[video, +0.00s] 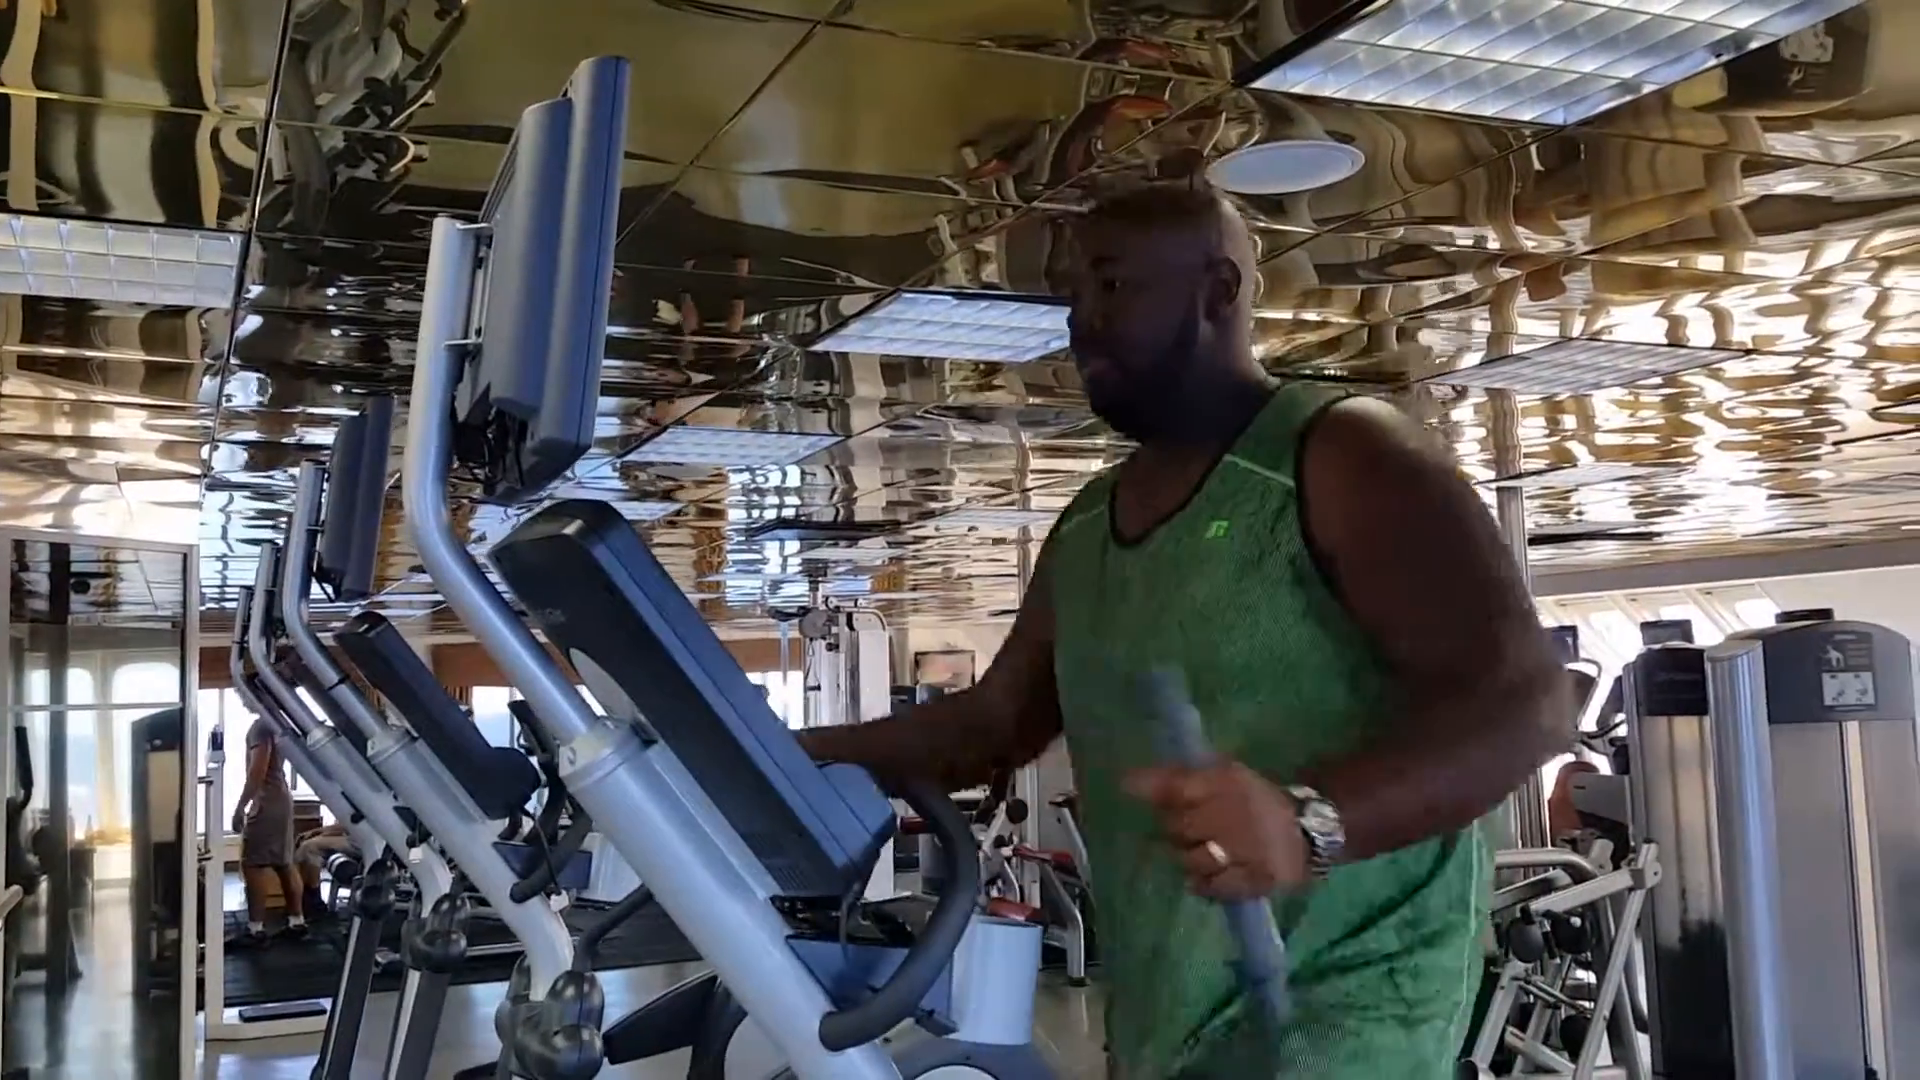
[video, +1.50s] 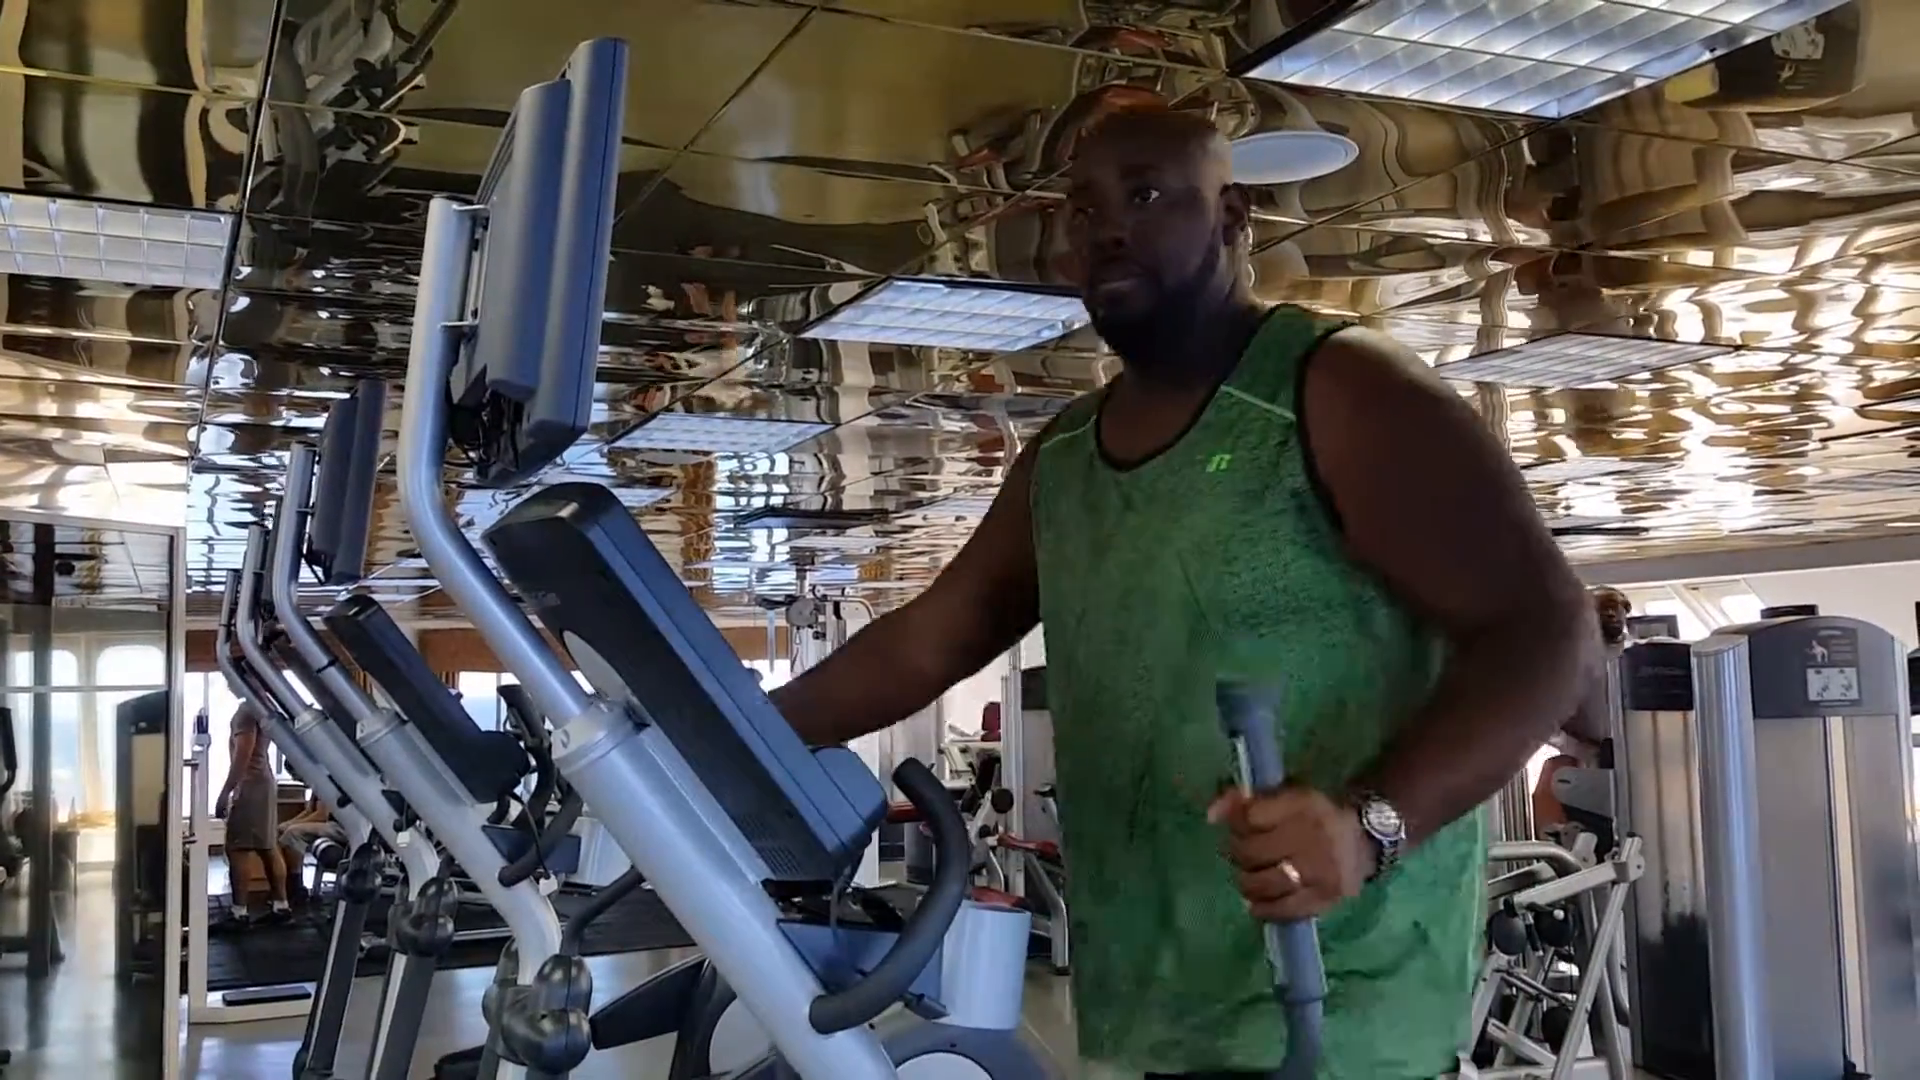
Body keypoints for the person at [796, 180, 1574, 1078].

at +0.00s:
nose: (1078, 321)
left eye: (1110, 286)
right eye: (1071, 293)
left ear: (1218, 295)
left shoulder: (1351, 453)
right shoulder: (1089, 528)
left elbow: (1528, 700)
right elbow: (995, 724)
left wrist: (1317, 820)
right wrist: (789, 758)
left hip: (1353, 1002)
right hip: (1159, 1008)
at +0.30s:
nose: (1075, 227)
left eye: (1114, 191)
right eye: (1068, 204)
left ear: (1234, 206)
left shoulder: (1359, 382)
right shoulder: (1076, 463)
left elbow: (1560, 631)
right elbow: (940, 648)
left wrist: (1354, 817)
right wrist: (752, 748)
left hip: (1389, 1017)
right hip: (1172, 1011)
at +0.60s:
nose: (1166, 286)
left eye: (1211, 247)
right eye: (1140, 262)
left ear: (1292, 279)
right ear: (1120, 295)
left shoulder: (1394, 459)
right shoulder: (1167, 496)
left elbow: (1432, 743)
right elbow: (1150, 696)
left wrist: (1118, 784)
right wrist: (980, 750)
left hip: (1396, 1037)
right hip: (1191, 1032)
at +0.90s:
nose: (1109, 192)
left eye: (1154, 162)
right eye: (1082, 173)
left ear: (1235, 194)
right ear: (1065, 219)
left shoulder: (1324, 352)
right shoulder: (1132, 414)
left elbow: (1286, 604)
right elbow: (1167, 641)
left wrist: (1028, 760)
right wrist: (1060, 712)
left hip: (1369, 990)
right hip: (1179, 979)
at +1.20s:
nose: (1104, 291)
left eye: (1143, 259)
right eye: (1078, 269)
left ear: (1219, 287)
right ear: (1057, 303)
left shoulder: (1325, 449)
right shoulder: (1078, 509)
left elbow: (1460, 709)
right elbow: (1025, 709)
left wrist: (1223, 785)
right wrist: (833, 747)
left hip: (1327, 1020)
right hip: (1134, 1017)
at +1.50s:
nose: (1103, 229)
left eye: (1143, 192)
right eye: (1080, 204)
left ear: (1232, 216)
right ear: (1064, 242)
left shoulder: (1340, 392)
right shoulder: (1060, 461)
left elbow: (1548, 631)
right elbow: (936, 633)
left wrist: (1372, 826)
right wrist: (744, 738)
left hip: (1347, 1003)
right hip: (1131, 1000)